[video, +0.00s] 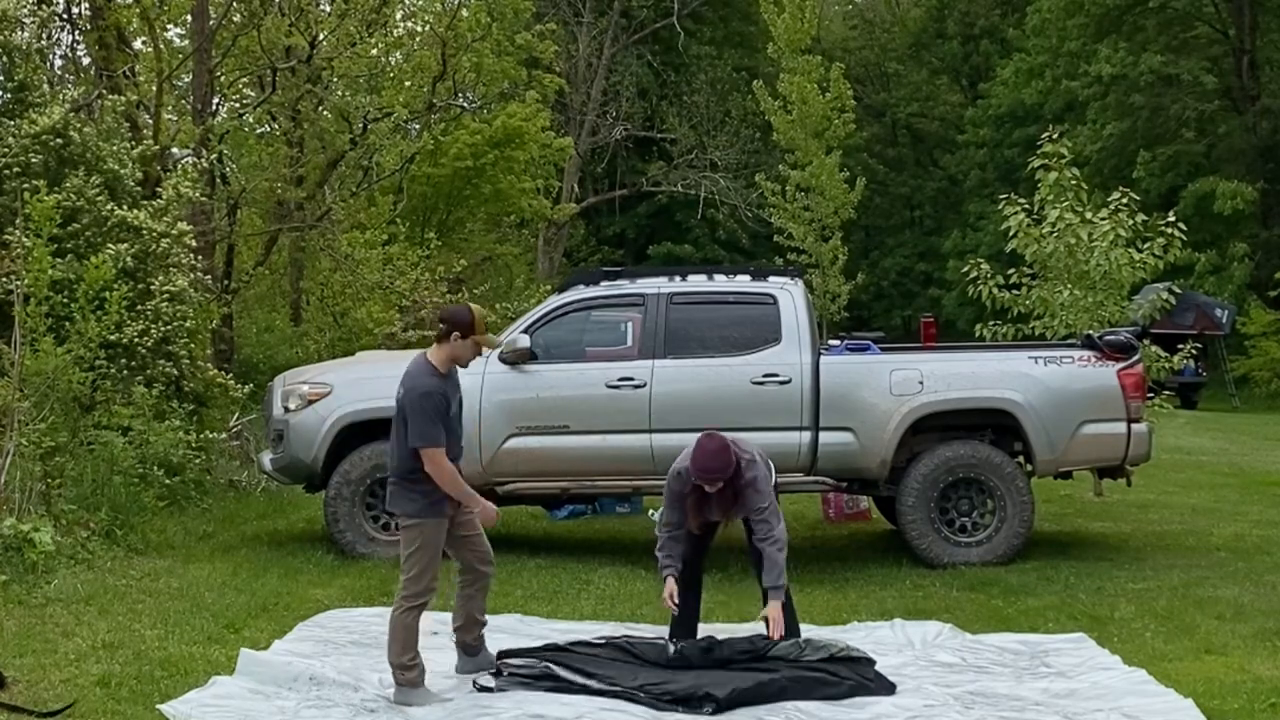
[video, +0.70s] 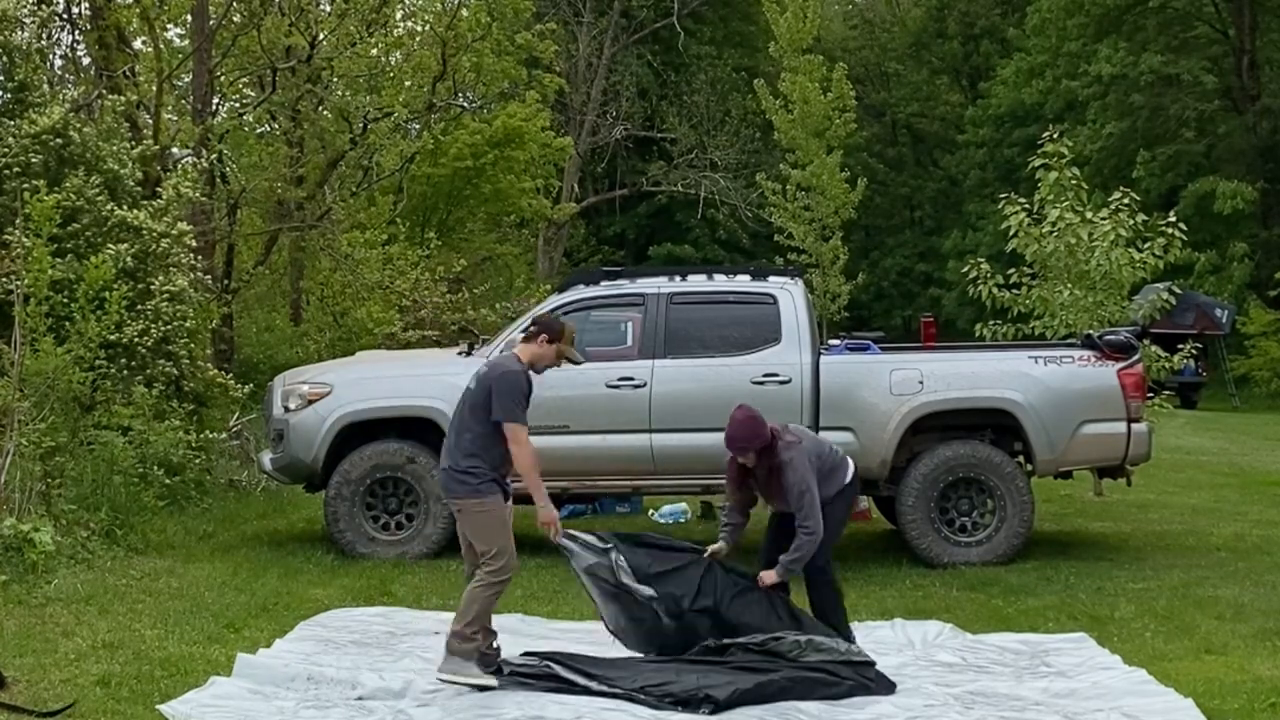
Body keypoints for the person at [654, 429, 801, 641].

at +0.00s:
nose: (709, 488)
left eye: (716, 482)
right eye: (703, 482)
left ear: (730, 471)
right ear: (694, 470)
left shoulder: (753, 471)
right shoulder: (680, 473)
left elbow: (770, 534)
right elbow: (669, 528)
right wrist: (669, 576)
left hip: (751, 499)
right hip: (703, 503)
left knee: (767, 567)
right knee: (687, 569)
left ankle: (789, 644)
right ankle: (681, 645)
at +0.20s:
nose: (732, 464)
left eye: (738, 458)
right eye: (726, 458)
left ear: (752, 447)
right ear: (717, 447)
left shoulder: (775, 457)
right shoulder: (710, 455)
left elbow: (786, 527)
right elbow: (704, 504)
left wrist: (743, 560)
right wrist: (700, 539)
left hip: (794, 493)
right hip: (748, 493)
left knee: (790, 562)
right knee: (717, 554)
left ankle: (794, 636)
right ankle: (717, 628)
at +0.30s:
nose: (740, 471)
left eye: (745, 465)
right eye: (734, 465)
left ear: (759, 455)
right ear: (725, 457)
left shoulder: (785, 462)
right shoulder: (719, 465)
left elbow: (802, 535)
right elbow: (720, 511)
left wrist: (764, 576)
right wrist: (707, 552)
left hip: (808, 493)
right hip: (763, 495)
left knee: (798, 571)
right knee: (756, 571)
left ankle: (797, 639)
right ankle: (773, 634)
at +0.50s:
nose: (742, 504)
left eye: (746, 498)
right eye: (736, 499)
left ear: (761, 489)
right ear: (727, 489)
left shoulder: (789, 487)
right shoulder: (724, 492)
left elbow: (795, 560)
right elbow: (714, 545)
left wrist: (761, 609)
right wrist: (699, 593)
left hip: (815, 499)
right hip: (767, 502)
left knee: (800, 574)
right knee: (755, 570)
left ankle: (797, 640)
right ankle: (774, 635)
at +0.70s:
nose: (740, 459)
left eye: (745, 453)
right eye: (736, 454)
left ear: (761, 446)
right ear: (732, 448)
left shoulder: (792, 455)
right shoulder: (739, 460)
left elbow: (811, 529)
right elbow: (737, 505)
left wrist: (781, 572)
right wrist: (725, 541)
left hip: (834, 488)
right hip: (790, 495)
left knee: (816, 562)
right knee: (769, 568)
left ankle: (840, 644)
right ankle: (776, 638)